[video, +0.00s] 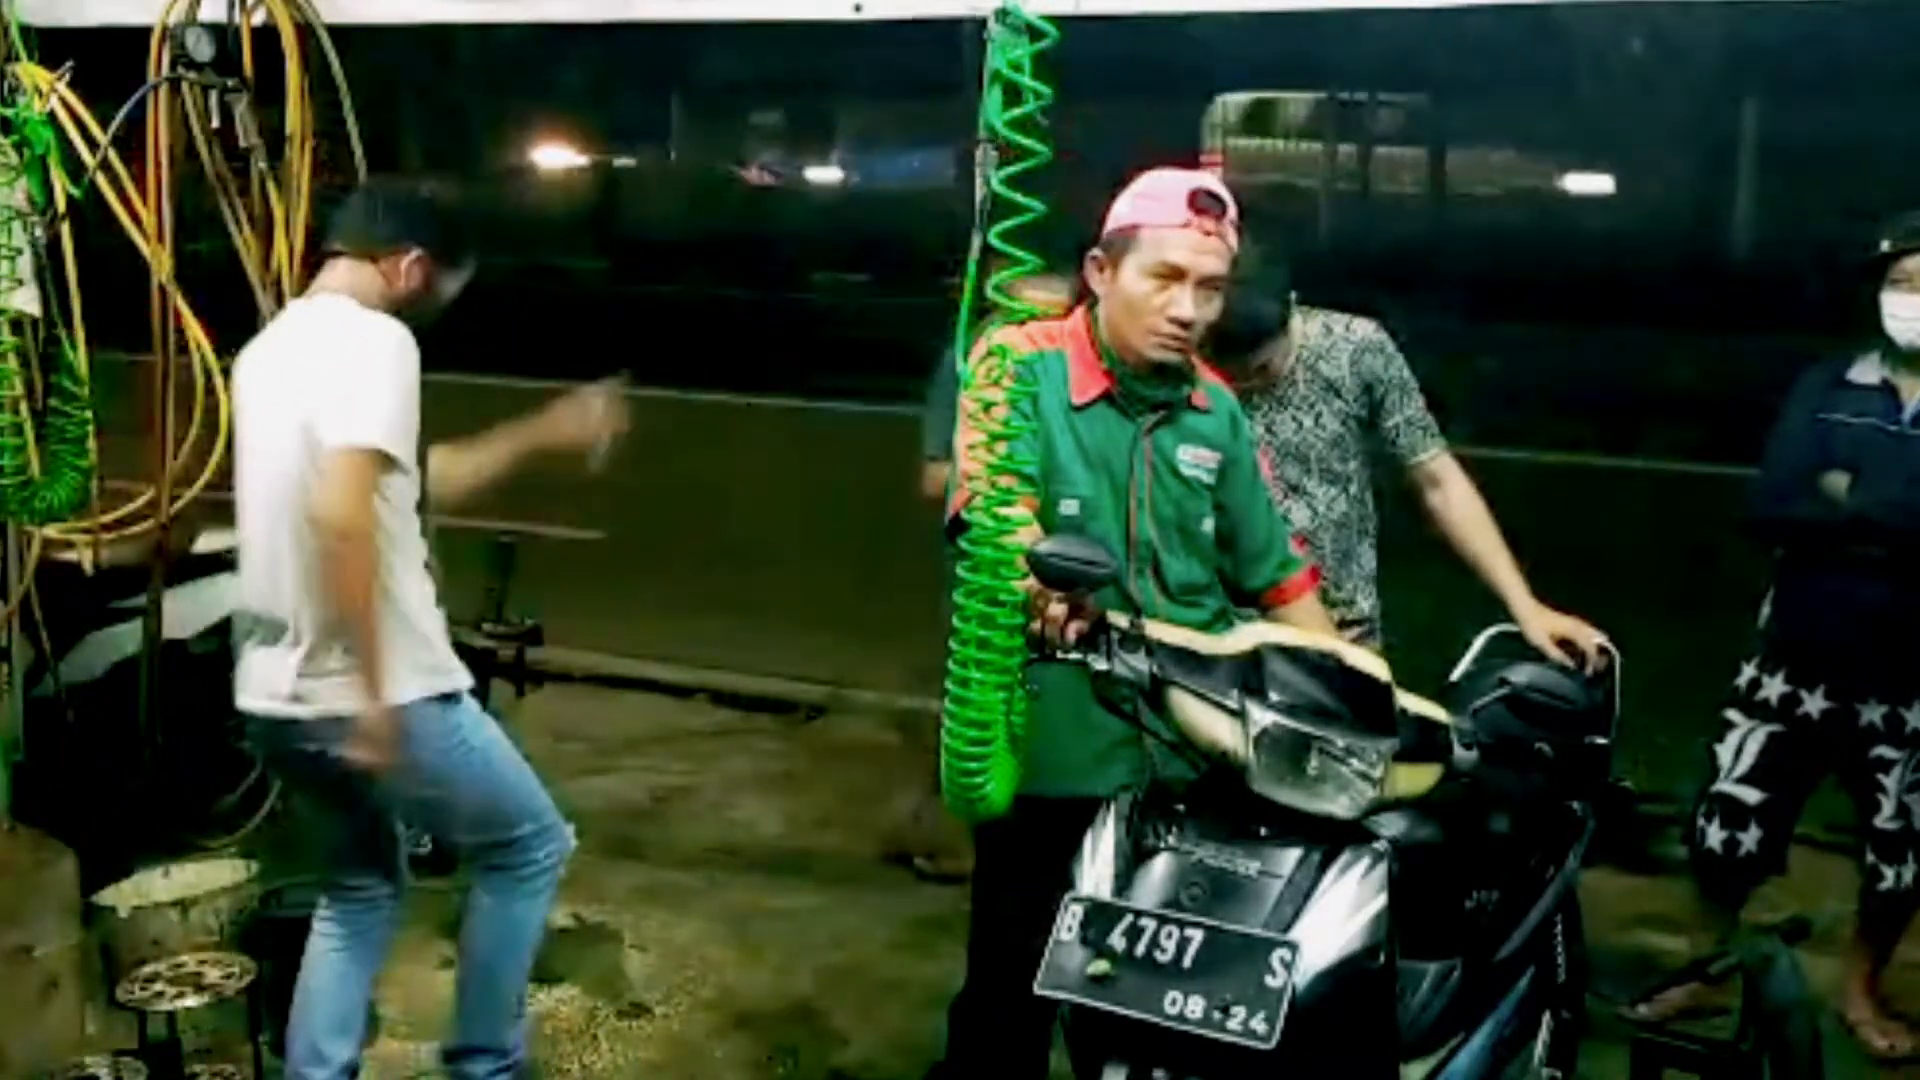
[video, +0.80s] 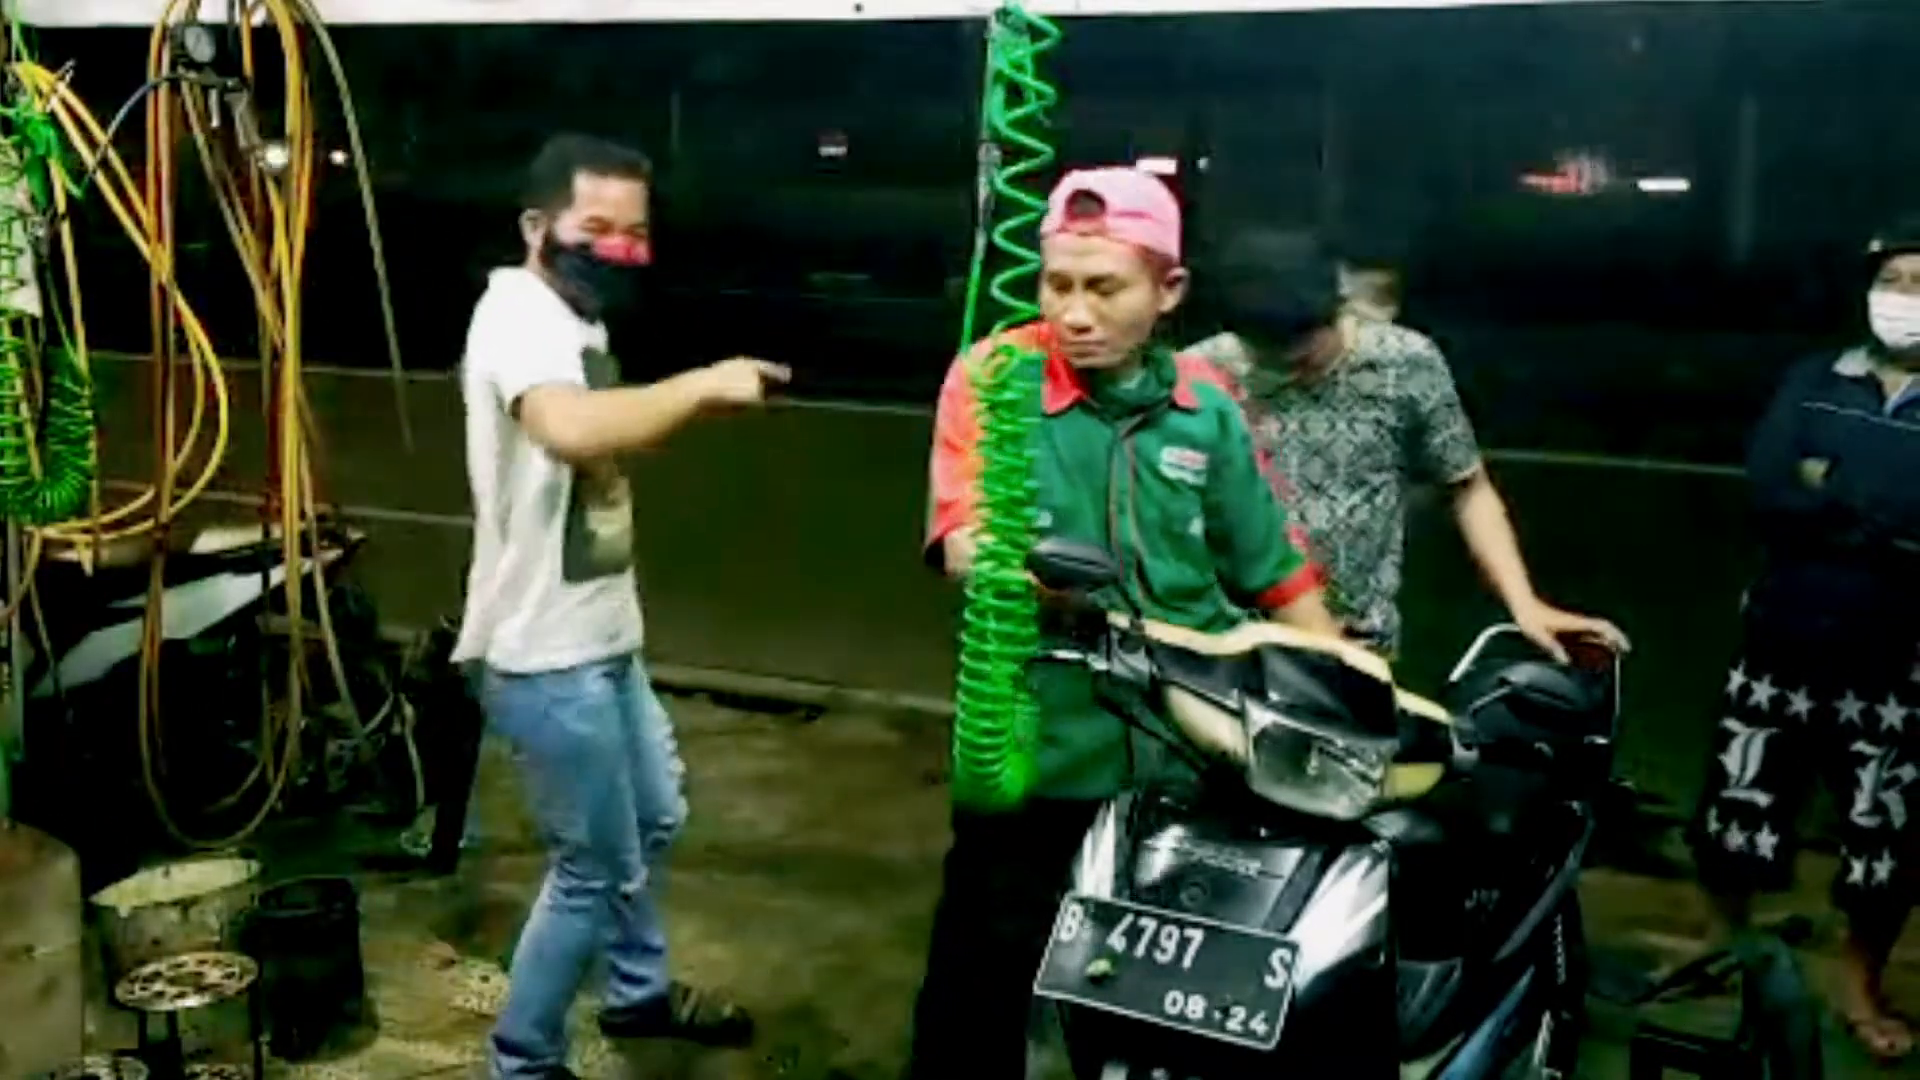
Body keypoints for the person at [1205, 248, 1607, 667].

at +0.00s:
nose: (1251, 382)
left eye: (1263, 366)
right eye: (1233, 372)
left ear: (1287, 323)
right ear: (1197, 344)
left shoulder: (1356, 351)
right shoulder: (1176, 376)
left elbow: (1439, 482)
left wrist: (1526, 608)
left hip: (1338, 646)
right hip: (1215, 653)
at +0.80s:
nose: (1295, 360)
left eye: (1305, 342)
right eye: (1274, 348)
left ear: (1335, 309)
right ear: (1244, 330)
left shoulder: (1406, 365)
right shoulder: (1207, 374)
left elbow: (1468, 489)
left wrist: (1526, 606)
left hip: (1354, 651)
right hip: (1230, 646)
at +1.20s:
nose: (1346, 390)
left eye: (1367, 376)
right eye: (1333, 372)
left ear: (1399, 353)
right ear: (1306, 345)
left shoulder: (1456, 385)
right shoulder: (1248, 375)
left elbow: (1491, 503)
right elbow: (1197, 492)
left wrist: (1528, 606)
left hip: (1389, 657)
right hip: (1266, 647)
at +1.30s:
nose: (1346, 400)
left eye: (1365, 385)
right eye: (1332, 383)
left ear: (1395, 361)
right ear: (1304, 352)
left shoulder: (1455, 386)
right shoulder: (1248, 376)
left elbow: (1491, 504)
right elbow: (1199, 489)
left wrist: (1529, 606)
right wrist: (1237, 595)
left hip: (1389, 656)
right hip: (1269, 644)